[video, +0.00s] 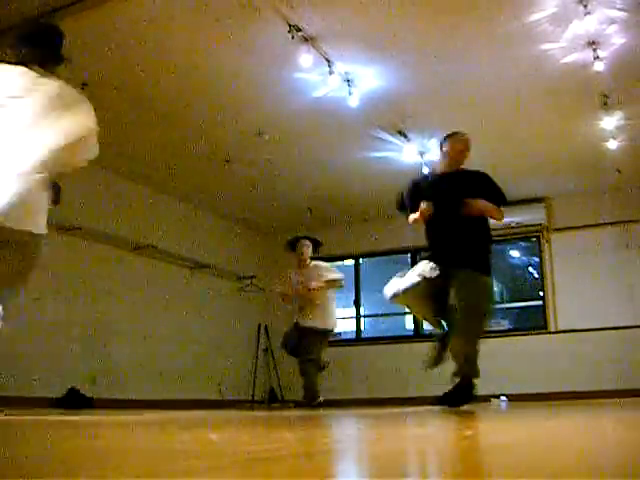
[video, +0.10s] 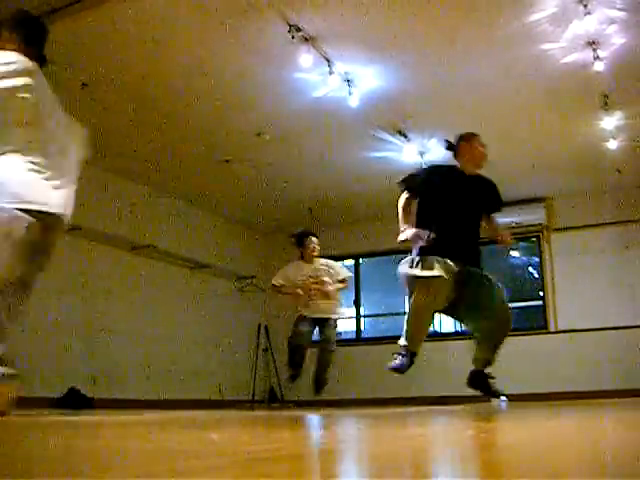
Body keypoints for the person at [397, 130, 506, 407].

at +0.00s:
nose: (464, 156)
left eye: (466, 151)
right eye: (460, 150)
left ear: (467, 154)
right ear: (444, 149)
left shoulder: (478, 180)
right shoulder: (424, 184)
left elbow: (499, 215)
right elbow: (409, 219)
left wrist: (483, 207)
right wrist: (418, 216)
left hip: (473, 260)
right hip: (438, 260)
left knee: (465, 322)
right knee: (407, 293)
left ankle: (465, 382)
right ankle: (443, 330)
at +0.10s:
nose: (485, 152)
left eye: (484, 147)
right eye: (479, 146)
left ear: (475, 152)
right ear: (463, 149)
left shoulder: (484, 187)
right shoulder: (434, 175)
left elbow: (486, 221)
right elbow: (406, 199)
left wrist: (498, 234)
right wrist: (405, 228)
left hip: (468, 271)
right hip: (429, 263)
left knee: (498, 315)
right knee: (435, 280)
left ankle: (479, 373)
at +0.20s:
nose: (501, 173)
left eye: (498, 167)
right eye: (495, 167)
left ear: (486, 173)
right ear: (481, 171)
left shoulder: (484, 208)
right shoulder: (462, 191)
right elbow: (425, 206)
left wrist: (473, 289)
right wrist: (394, 236)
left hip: (463, 279)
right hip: (435, 267)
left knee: (497, 329)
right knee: (453, 289)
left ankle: (483, 388)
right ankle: (422, 364)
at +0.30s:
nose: (512, 203)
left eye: (511, 198)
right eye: (508, 198)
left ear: (496, 202)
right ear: (495, 202)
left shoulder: (486, 227)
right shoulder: (474, 217)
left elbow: (447, 225)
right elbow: (438, 222)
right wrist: (400, 230)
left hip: (464, 293)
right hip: (443, 291)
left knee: (495, 339)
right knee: (465, 331)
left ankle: (480, 390)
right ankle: (453, 389)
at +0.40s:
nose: (504, 205)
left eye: (504, 200)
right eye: (500, 199)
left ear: (488, 200)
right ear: (487, 199)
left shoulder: (479, 221)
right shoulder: (471, 210)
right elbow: (446, 204)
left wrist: (440, 235)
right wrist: (419, 203)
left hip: (466, 298)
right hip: (448, 295)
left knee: (500, 339)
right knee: (474, 334)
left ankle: (484, 391)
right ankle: (453, 389)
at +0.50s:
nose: (489, 178)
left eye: (487, 172)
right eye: (484, 172)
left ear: (476, 174)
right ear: (472, 174)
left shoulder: (469, 204)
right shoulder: (461, 196)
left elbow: (482, 234)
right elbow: (456, 182)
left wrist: (501, 242)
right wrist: (455, 179)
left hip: (450, 275)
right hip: (438, 273)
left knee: (478, 330)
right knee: (459, 326)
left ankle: (483, 386)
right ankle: (450, 378)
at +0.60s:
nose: (475, 158)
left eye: (474, 154)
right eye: (470, 154)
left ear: (459, 160)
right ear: (457, 158)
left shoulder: (463, 195)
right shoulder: (444, 179)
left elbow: (499, 213)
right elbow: (473, 164)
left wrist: (538, 222)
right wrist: (502, 158)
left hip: (437, 259)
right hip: (423, 256)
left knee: (462, 317)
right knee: (451, 309)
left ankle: (463, 381)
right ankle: (425, 359)